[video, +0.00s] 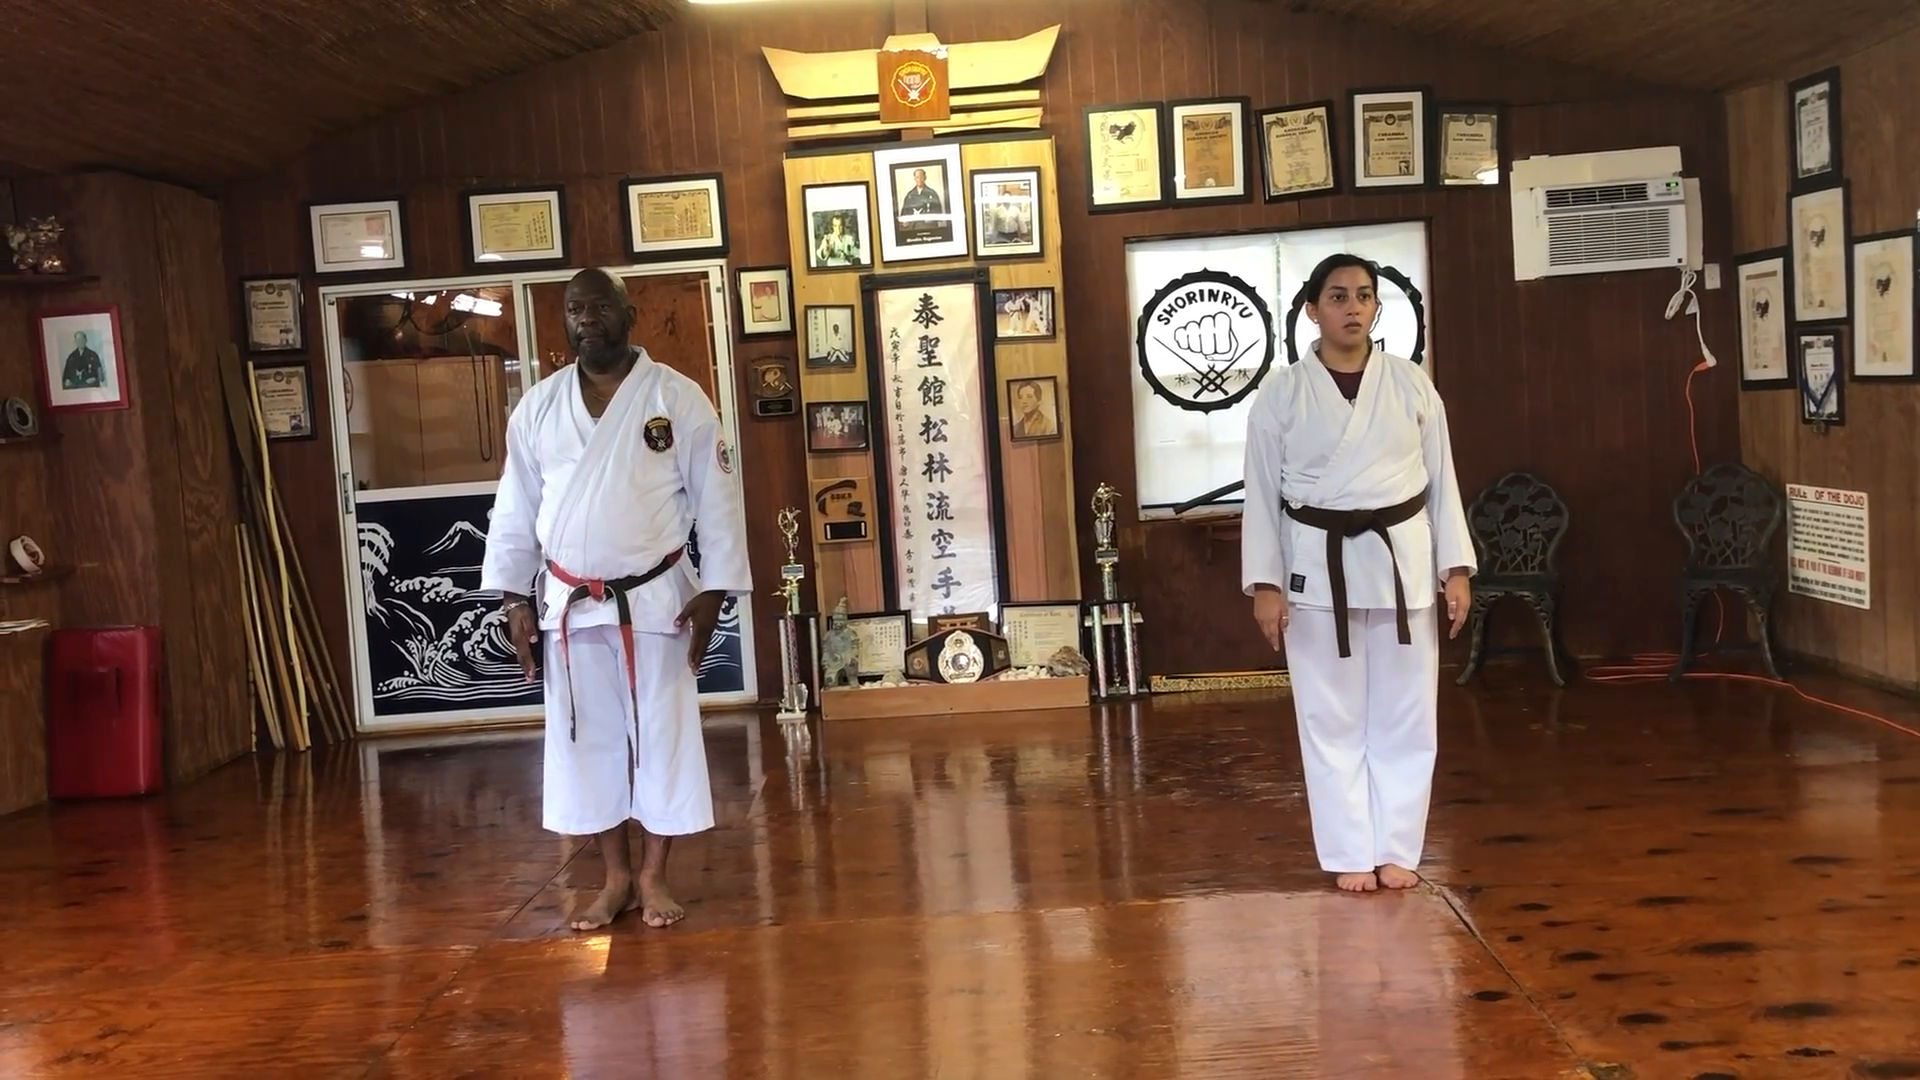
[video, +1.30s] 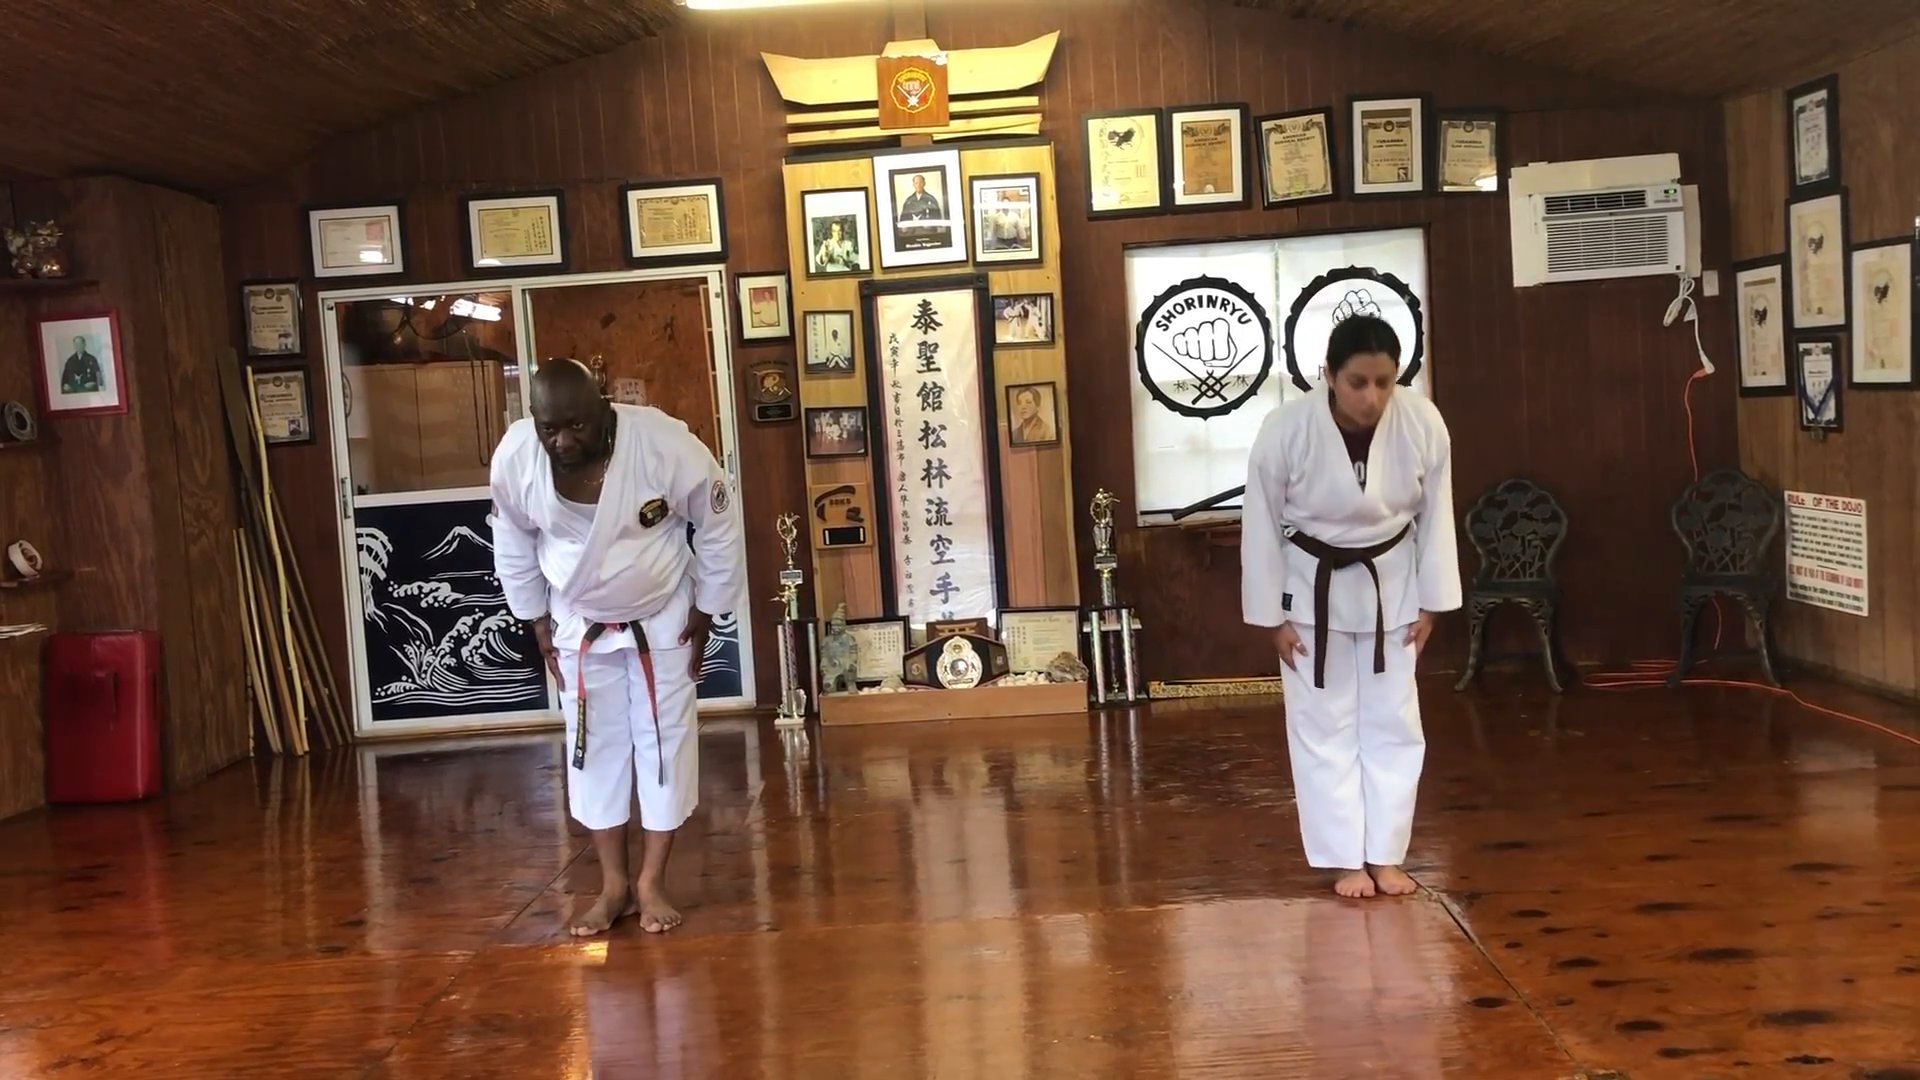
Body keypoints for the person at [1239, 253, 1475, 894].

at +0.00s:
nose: (1354, 307)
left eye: (1364, 296)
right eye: (1338, 296)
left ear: (1377, 308)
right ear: (1312, 309)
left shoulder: (1410, 382)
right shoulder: (1279, 393)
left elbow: (1440, 482)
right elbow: (1261, 494)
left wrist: (1455, 566)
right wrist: (1264, 582)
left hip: (1404, 567)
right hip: (1316, 572)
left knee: (1404, 715)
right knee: (1333, 718)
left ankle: (1397, 853)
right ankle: (1350, 857)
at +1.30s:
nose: (1370, 397)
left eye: (1382, 382)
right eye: (1357, 383)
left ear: (1397, 375)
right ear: (1329, 375)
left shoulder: (1422, 423)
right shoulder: (1286, 429)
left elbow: (1435, 518)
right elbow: (1261, 525)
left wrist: (1430, 603)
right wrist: (1273, 615)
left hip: (1393, 574)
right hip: (1313, 578)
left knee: (1392, 715)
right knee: (1327, 719)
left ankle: (1386, 857)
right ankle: (1345, 861)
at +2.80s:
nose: (1359, 308)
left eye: (1369, 296)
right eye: (1343, 296)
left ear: (1381, 309)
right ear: (1316, 309)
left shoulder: (1414, 384)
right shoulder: (1283, 395)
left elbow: (1443, 481)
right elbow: (1264, 497)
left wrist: (1457, 563)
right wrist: (1274, 586)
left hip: (1408, 559)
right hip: (1322, 565)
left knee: (1410, 713)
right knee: (1338, 716)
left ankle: (1403, 852)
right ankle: (1353, 859)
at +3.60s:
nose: (1445, 316)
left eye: (1455, 304)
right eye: (1430, 305)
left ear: (1469, 315)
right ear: (1405, 318)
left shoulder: (1503, 390)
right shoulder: (1372, 400)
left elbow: (1533, 487)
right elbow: (1349, 499)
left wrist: (1553, 573)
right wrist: (1350, 584)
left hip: (1495, 571)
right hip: (1401, 573)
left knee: (1511, 722)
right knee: (1382, 724)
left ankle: (1523, 857)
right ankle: (1365, 863)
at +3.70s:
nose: (1450, 319)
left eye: (1460, 307)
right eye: (1436, 308)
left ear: (1475, 318)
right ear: (1411, 319)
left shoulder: (1508, 395)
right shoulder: (1376, 403)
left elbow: (1540, 490)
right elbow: (1353, 499)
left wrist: (1561, 576)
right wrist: (1355, 584)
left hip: (1499, 576)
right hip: (1404, 578)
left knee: (1513, 726)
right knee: (1385, 728)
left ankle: (1527, 859)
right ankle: (1363, 866)